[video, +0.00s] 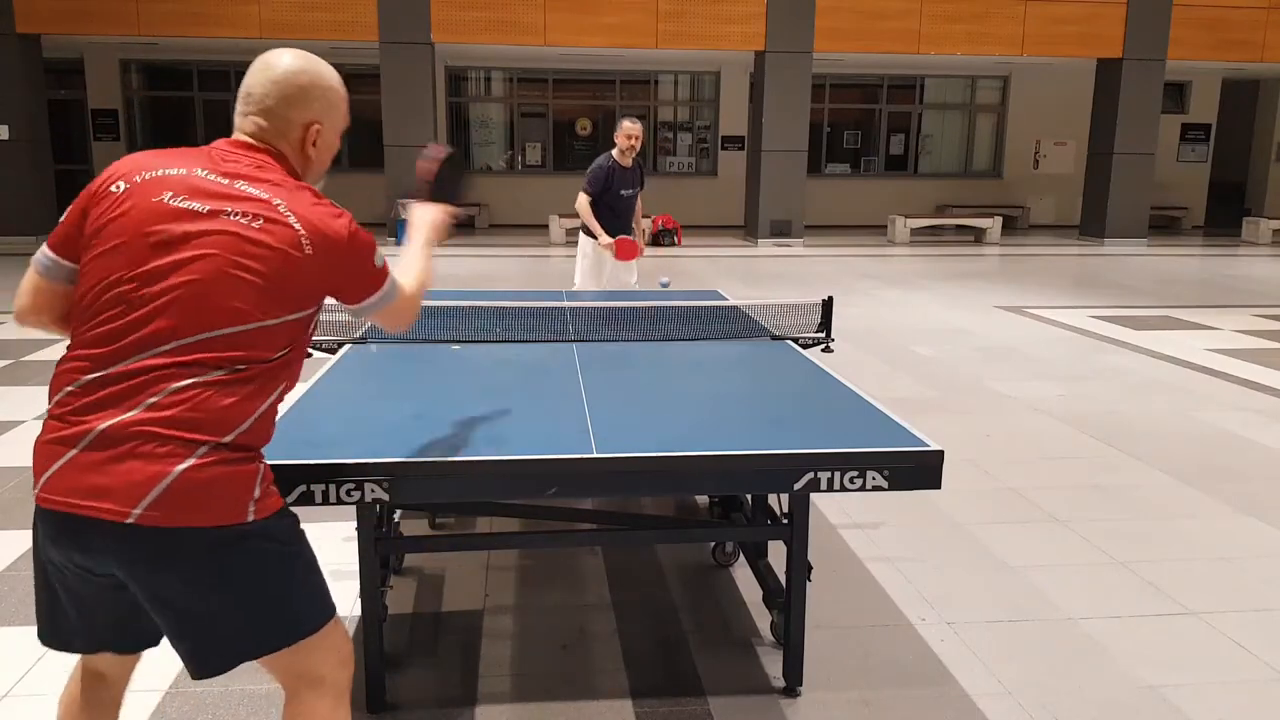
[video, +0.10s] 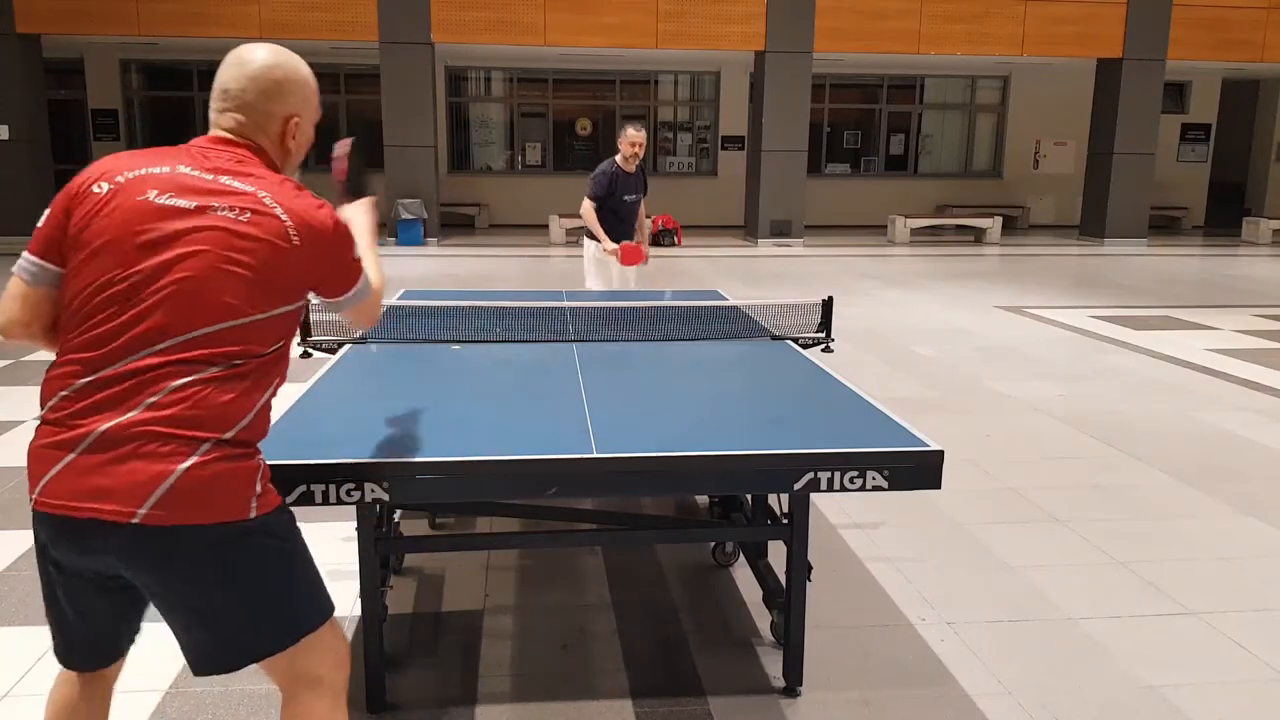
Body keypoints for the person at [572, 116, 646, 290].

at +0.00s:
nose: (633, 143)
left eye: (637, 138)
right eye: (628, 138)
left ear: (642, 140)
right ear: (616, 138)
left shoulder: (636, 166)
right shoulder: (602, 166)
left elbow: (635, 201)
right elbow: (581, 203)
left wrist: (639, 235)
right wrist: (601, 235)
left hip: (624, 243)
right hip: (594, 243)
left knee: (626, 296)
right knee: (588, 295)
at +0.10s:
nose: (637, 150)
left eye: (641, 146)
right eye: (632, 145)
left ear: (645, 146)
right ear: (620, 144)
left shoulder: (639, 171)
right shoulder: (606, 172)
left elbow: (639, 206)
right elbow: (586, 209)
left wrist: (644, 241)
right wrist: (605, 242)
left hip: (626, 247)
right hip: (599, 247)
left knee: (626, 300)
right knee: (600, 301)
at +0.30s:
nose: (656, 172)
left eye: (660, 167)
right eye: (652, 165)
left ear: (663, 167)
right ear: (639, 161)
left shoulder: (650, 183)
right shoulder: (622, 184)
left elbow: (649, 213)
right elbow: (615, 231)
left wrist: (658, 249)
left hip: (628, 241)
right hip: (603, 240)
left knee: (630, 288)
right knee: (629, 284)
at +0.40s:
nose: (667, 190)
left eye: (671, 184)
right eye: (664, 182)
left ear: (675, 182)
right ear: (650, 175)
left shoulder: (653, 191)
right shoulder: (630, 197)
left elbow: (655, 224)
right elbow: (628, 245)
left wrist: (664, 252)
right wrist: (659, 249)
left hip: (633, 243)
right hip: (608, 245)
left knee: (637, 291)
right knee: (635, 293)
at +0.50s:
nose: (672, 204)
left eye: (677, 199)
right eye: (669, 197)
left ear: (680, 197)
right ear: (657, 187)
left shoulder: (657, 199)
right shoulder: (635, 208)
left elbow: (659, 224)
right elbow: (629, 254)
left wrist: (668, 253)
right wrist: (657, 272)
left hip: (636, 251)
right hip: (613, 252)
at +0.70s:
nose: (675, 191)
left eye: (679, 187)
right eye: (671, 185)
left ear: (683, 184)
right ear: (659, 177)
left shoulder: (666, 192)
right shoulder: (642, 198)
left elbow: (666, 207)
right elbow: (625, 231)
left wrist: (673, 223)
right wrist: (606, 261)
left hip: (650, 249)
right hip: (630, 252)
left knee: (661, 293)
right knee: (653, 297)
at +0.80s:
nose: (672, 178)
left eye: (676, 173)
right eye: (668, 172)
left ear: (680, 172)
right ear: (655, 166)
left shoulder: (669, 185)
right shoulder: (639, 189)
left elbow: (671, 203)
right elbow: (615, 214)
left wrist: (679, 224)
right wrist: (596, 241)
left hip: (654, 244)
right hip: (630, 245)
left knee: (665, 290)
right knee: (652, 293)